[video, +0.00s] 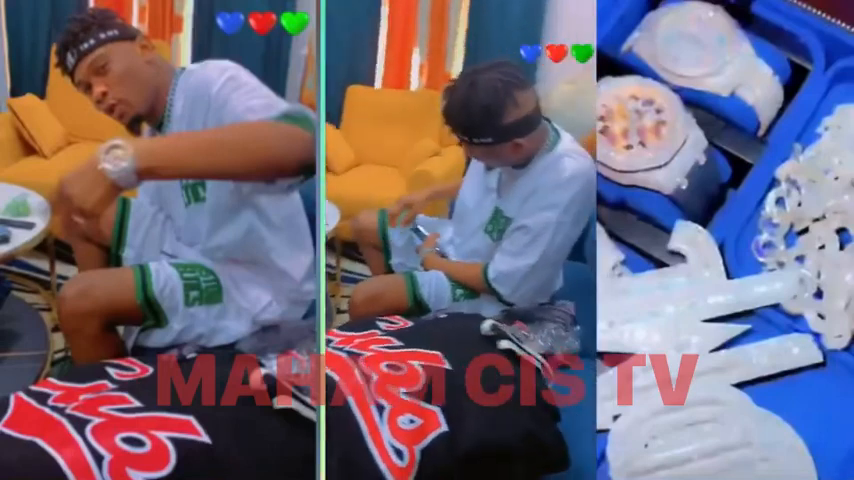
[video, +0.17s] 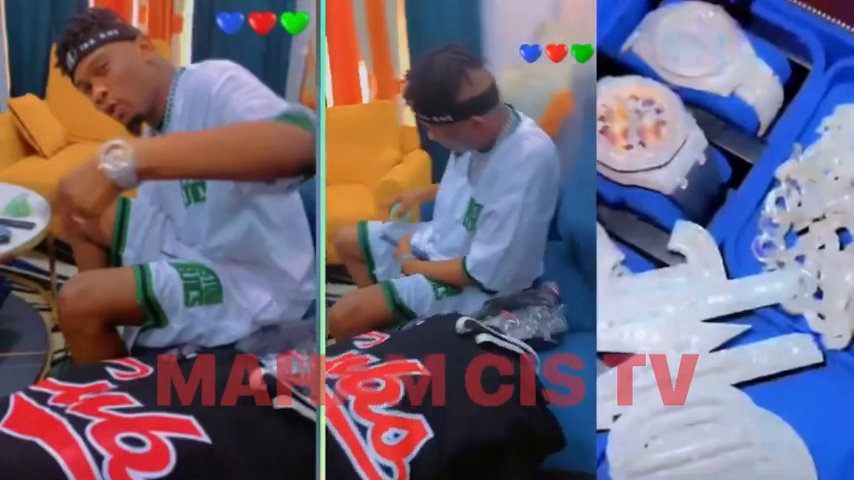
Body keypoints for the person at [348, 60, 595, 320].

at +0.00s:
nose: (464, 148)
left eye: (470, 143)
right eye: (463, 140)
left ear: (516, 148)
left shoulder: (567, 175)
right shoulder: (500, 134)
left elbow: (506, 282)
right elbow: (478, 186)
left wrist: (434, 261)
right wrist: (428, 194)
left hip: (493, 286)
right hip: (461, 239)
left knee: (366, 297)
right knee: (367, 226)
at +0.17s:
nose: (430, 134)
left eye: (434, 126)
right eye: (427, 125)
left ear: (475, 125)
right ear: (477, 122)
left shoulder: (530, 155)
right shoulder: (478, 136)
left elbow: (488, 272)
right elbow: (467, 186)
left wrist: (413, 266)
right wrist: (420, 194)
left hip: (477, 281)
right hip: (444, 236)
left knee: (343, 315)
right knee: (347, 241)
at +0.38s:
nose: (393, 119)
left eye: (397, 109)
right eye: (390, 109)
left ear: (435, 94)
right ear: (435, 94)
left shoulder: (489, 136)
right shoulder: (439, 119)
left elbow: (459, 258)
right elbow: (433, 186)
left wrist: (390, 268)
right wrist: (381, 204)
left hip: (462, 276)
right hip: (422, 237)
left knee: (333, 327)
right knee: (330, 252)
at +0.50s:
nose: (385, 124)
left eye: (391, 111)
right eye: (382, 112)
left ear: (429, 94)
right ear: (428, 94)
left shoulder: (481, 140)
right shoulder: (426, 129)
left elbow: (464, 260)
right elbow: (417, 190)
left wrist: (394, 276)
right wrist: (374, 216)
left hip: (462, 277)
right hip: (420, 247)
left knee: (329, 339)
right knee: (329, 263)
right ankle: (374, 347)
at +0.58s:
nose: (382, 123)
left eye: (389, 105)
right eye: (374, 112)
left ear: (427, 88)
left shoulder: (474, 143)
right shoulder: (413, 141)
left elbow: (470, 264)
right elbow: (401, 201)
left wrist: (397, 287)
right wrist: (370, 232)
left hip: (466, 284)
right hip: (418, 259)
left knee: (331, 356)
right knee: (324, 281)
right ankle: (369, 358)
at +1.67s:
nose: (373, 135)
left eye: (377, 122)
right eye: (370, 124)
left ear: (415, 113)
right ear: (415, 114)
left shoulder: (466, 154)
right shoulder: (431, 146)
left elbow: (424, 269)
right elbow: (385, 204)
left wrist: (351, 278)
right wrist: (325, 243)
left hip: (497, 283)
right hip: (465, 257)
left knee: (359, 318)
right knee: (363, 245)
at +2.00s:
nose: (377, 149)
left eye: (381, 139)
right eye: (375, 139)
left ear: (421, 132)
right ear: (423, 131)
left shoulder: (476, 165)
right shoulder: (440, 148)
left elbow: (419, 272)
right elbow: (394, 195)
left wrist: (364, 251)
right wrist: (338, 218)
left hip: (497, 290)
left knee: (358, 304)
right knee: (369, 229)